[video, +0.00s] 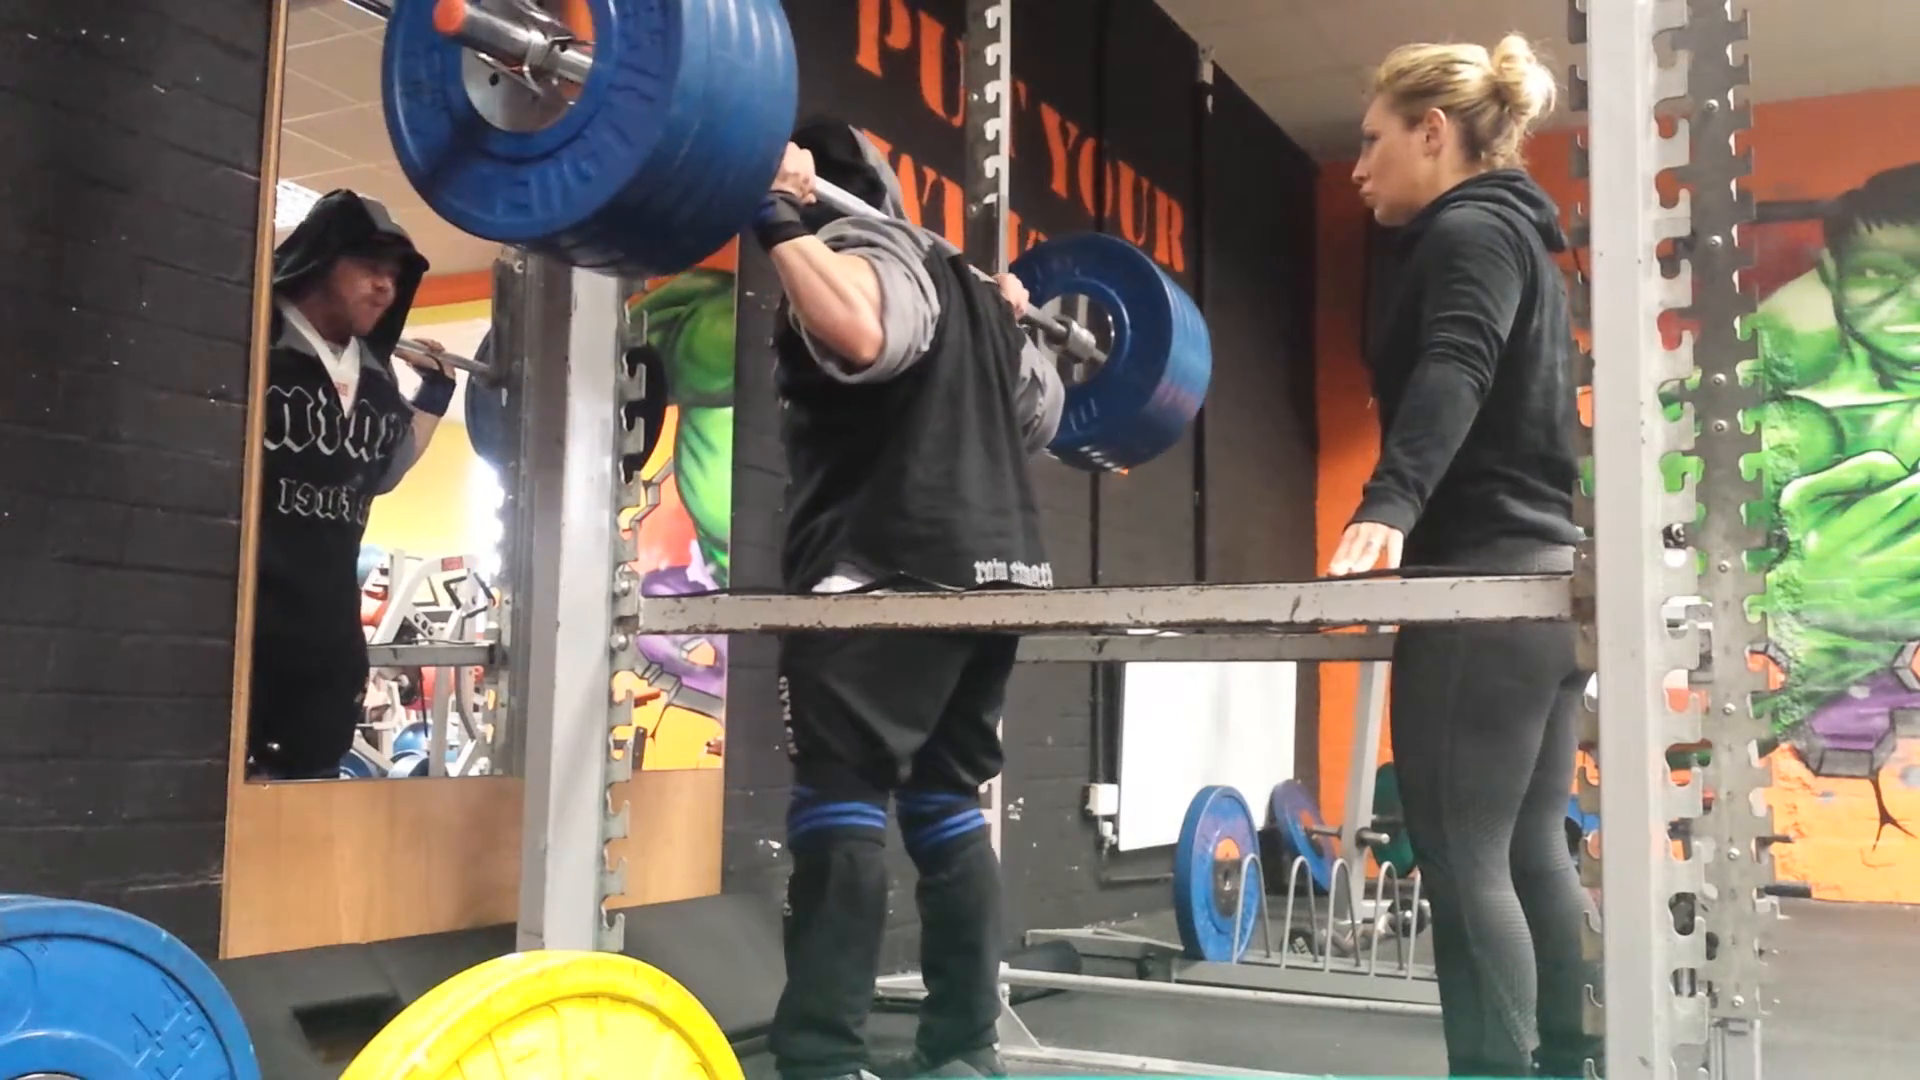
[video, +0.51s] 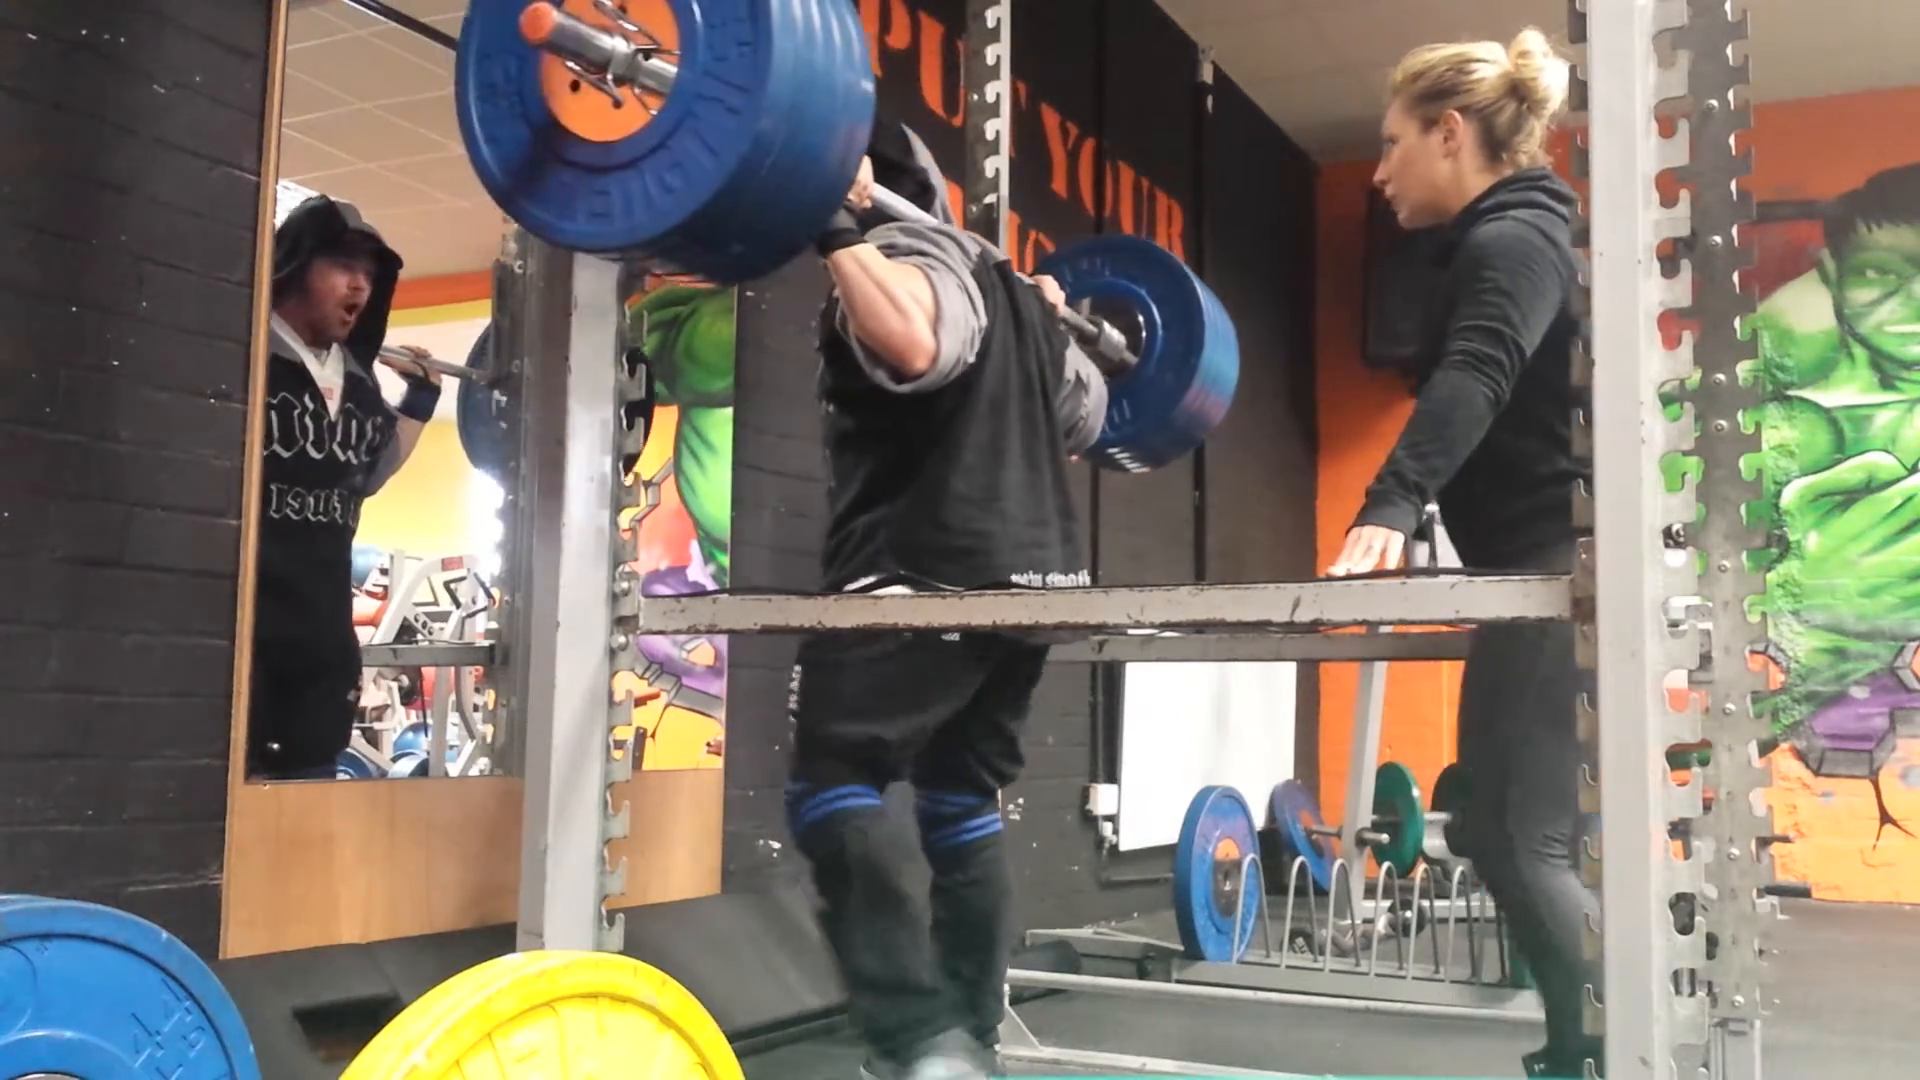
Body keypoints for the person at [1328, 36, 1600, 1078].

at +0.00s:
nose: (1360, 168)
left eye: (1372, 142)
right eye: (1360, 145)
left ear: (1436, 132)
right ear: (1442, 136)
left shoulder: (1470, 225)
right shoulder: (1514, 225)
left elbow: (1457, 361)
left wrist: (1385, 510)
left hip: (1483, 571)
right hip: (1542, 569)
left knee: (1466, 860)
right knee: (1534, 847)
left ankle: (1493, 1072)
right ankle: (1568, 1066)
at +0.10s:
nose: (1361, 169)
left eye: (1373, 142)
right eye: (1361, 146)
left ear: (1438, 132)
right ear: (1445, 135)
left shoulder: (1473, 226)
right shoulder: (1517, 225)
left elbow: (1458, 362)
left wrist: (1387, 510)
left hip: (1489, 577)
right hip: (1544, 575)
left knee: (1467, 859)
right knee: (1534, 849)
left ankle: (1494, 1072)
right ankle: (1567, 1065)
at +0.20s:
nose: (1363, 171)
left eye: (1375, 144)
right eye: (1364, 148)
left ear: (1440, 133)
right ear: (1446, 137)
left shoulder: (1481, 230)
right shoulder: (1514, 224)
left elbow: (1459, 366)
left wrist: (1387, 511)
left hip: (1503, 580)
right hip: (1548, 574)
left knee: (1472, 856)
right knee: (1540, 843)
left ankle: (1493, 1069)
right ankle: (1567, 1064)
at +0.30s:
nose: (1365, 174)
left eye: (1376, 147)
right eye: (1366, 151)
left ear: (1440, 136)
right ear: (1447, 138)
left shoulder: (1492, 233)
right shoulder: (1511, 228)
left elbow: (1463, 372)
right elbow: (1494, 392)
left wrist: (1388, 513)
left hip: (1520, 581)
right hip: (1545, 576)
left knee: (1491, 853)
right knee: (1544, 847)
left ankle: (1501, 1070)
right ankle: (1564, 1061)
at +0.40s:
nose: (1370, 175)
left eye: (1380, 147)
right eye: (1371, 152)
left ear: (1447, 137)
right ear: (1457, 142)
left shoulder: (1503, 236)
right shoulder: (1508, 231)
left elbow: (1467, 375)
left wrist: (1390, 512)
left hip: (1538, 580)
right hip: (1533, 576)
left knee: (1499, 839)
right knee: (1527, 838)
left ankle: (1555, 1066)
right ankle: (1574, 1057)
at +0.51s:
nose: (1380, 171)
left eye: (1392, 143)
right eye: (1383, 148)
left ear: (1457, 135)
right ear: (1468, 138)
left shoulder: (1514, 234)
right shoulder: (1512, 231)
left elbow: (1478, 374)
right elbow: (1495, 386)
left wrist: (1391, 507)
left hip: (1553, 574)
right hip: (1527, 573)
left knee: (1528, 840)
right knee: (1488, 823)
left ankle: (1602, 1053)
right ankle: (1578, 1046)